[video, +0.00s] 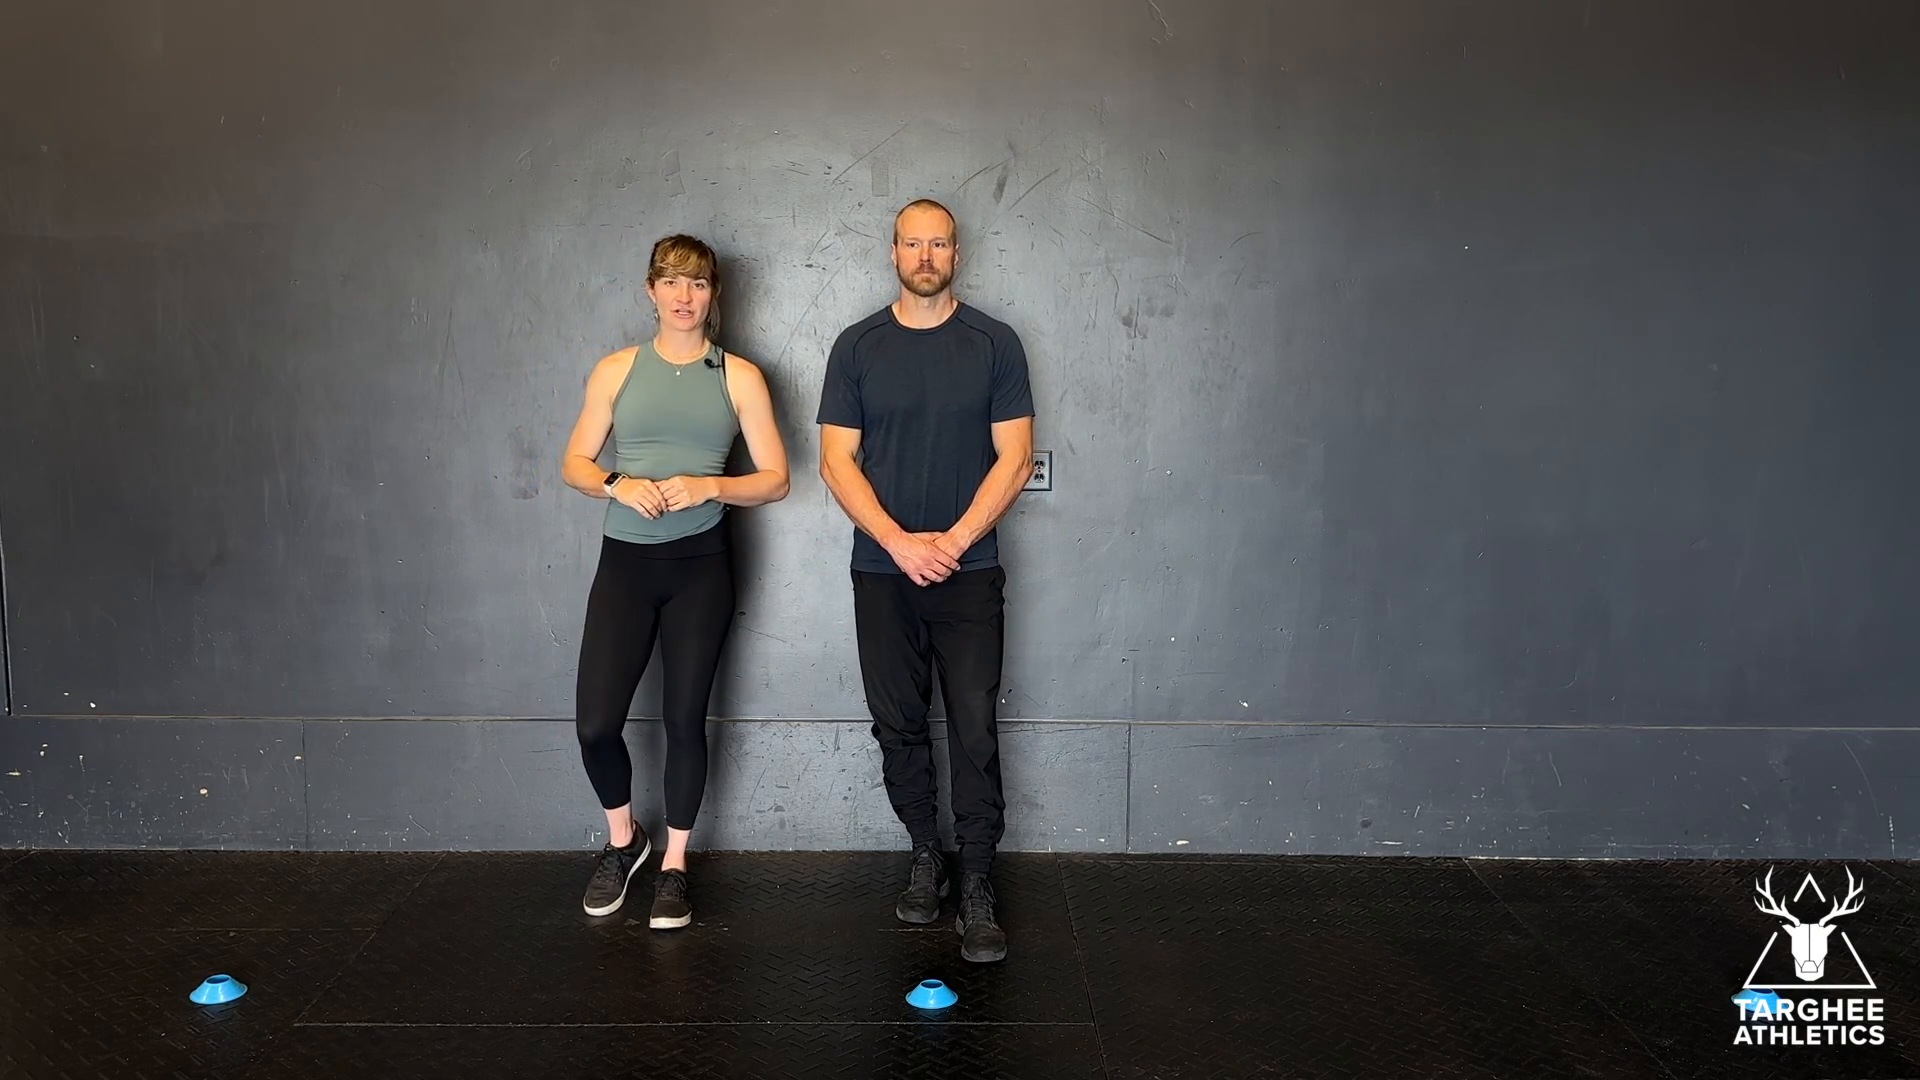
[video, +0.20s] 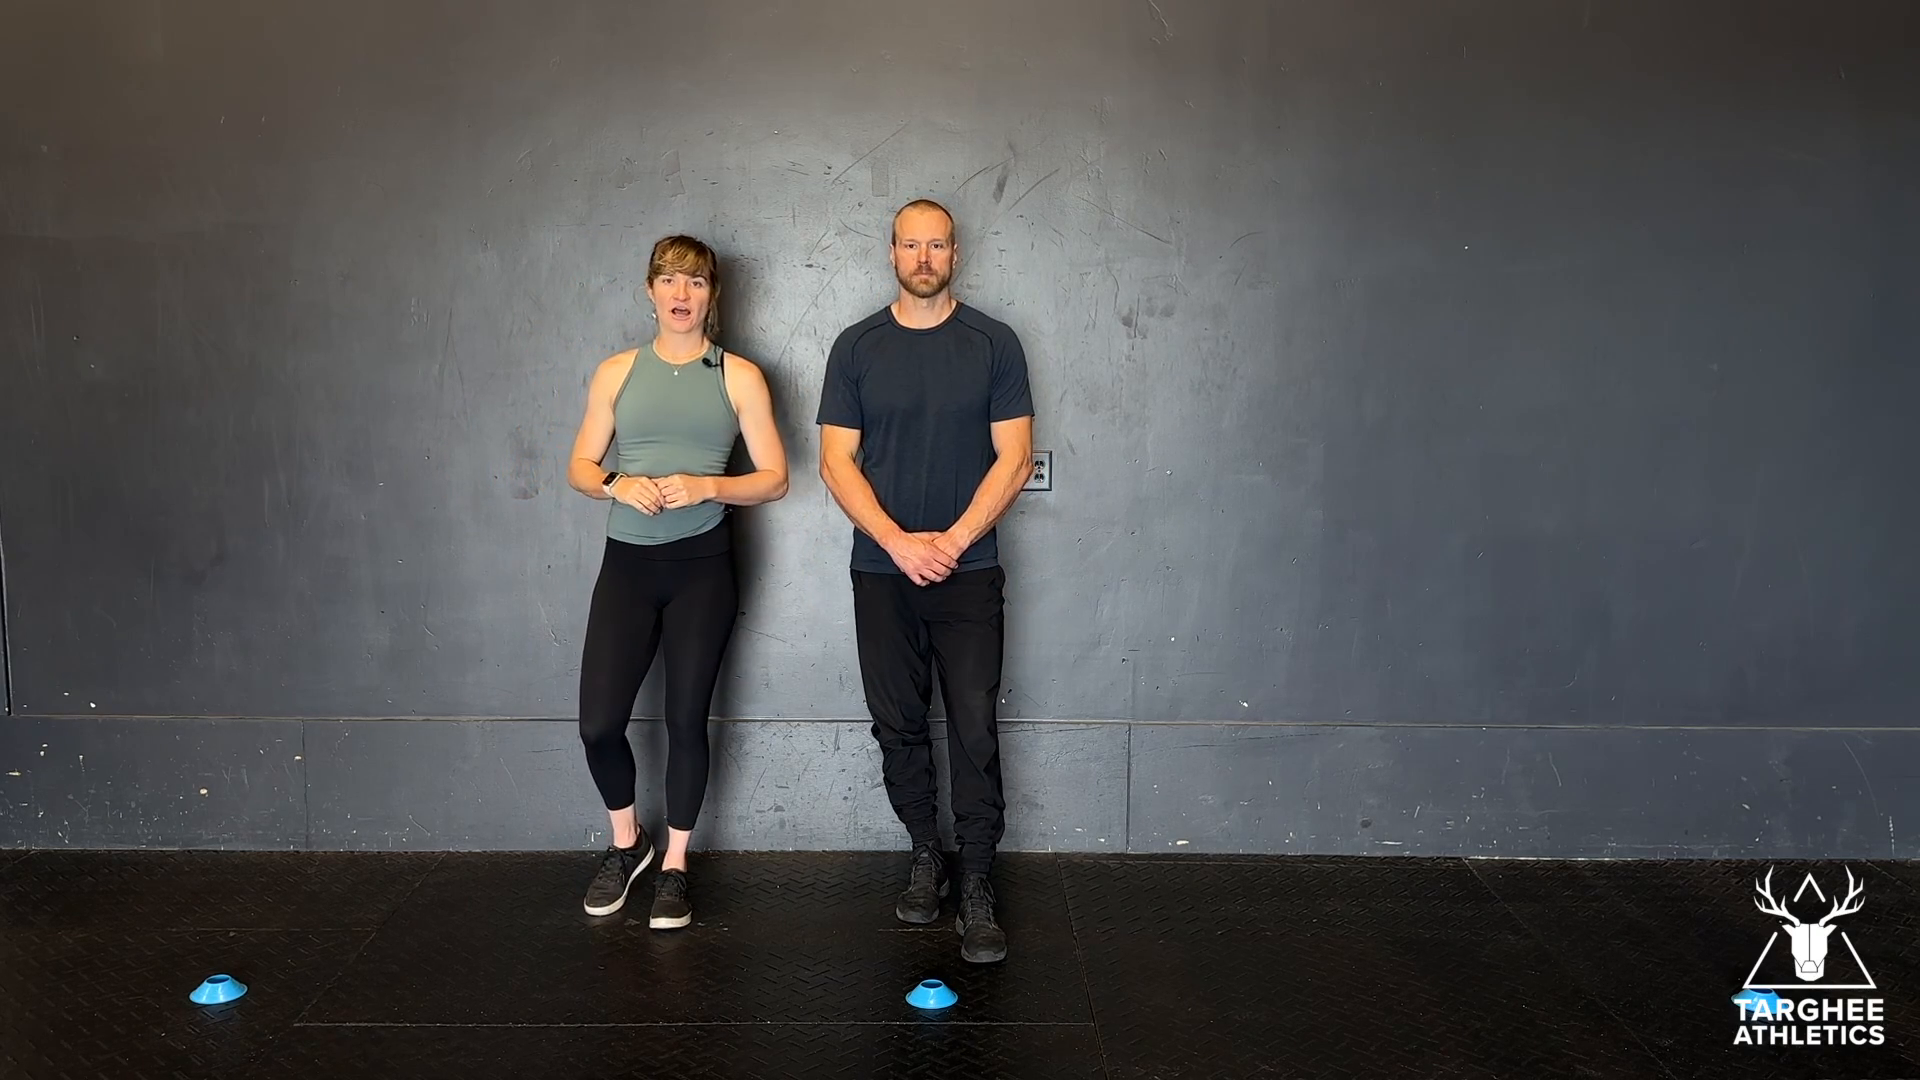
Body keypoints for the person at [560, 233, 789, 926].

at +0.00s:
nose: (684, 294)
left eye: (697, 282)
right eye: (672, 281)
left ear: (711, 293)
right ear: (652, 290)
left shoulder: (739, 377)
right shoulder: (615, 371)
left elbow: (774, 478)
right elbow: (575, 464)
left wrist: (712, 486)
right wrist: (619, 485)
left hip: (701, 564)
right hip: (625, 562)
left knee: (685, 717)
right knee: (595, 723)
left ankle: (675, 866)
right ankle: (623, 838)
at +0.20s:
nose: (681, 292)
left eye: (695, 281)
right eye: (668, 279)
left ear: (710, 293)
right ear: (651, 290)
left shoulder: (739, 377)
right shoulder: (616, 373)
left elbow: (773, 478)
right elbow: (581, 468)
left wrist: (707, 487)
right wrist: (620, 485)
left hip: (702, 564)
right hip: (626, 564)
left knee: (686, 718)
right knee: (599, 721)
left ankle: (675, 866)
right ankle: (627, 843)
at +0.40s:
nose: (682, 294)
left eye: (695, 283)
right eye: (669, 282)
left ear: (711, 294)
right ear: (651, 291)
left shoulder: (739, 377)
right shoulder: (616, 373)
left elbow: (776, 477)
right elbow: (577, 468)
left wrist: (704, 487)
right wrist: (618, 485)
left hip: (704, 564)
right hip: (629, 563)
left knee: (688, 718)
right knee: (598, 721)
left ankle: (675, 867)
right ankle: (638, 844)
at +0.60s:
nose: (690, 306)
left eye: (701, 294)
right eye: (677, 292)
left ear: (713, 301)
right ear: (652, 296)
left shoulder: (737, 377)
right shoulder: (613, 373)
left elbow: (778, 475)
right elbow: (574, 468)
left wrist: (712, 489)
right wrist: (619, 496)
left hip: (704, 565)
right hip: (629, 565)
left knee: (687, 717)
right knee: (603, 724)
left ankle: (676, 866)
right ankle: (640, 845)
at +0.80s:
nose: (696, 313)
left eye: (704, 299)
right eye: (682, 299)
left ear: (713, 302)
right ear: (648, 300)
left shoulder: (733, 375)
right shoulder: (610, 372)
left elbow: (757, 465)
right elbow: (567, 465)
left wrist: (738, 484)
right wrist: (606, 504)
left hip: (704, 564)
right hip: (630, 565)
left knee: (687, 717)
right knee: (614, 728)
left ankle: (676, 864)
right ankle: (637, 847)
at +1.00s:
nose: (688, 315)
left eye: (696, 301)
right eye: (673, 303)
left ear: (704, 299)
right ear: (642, 302)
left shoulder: (728, 373)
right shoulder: (606, 373)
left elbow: (741, 468)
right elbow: (562, 466)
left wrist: (780, 534)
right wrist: (584, 513)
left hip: (705, 561)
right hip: (628, 564)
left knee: (687, 716)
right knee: (612, 725)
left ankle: (675, 867)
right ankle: (635, 844)